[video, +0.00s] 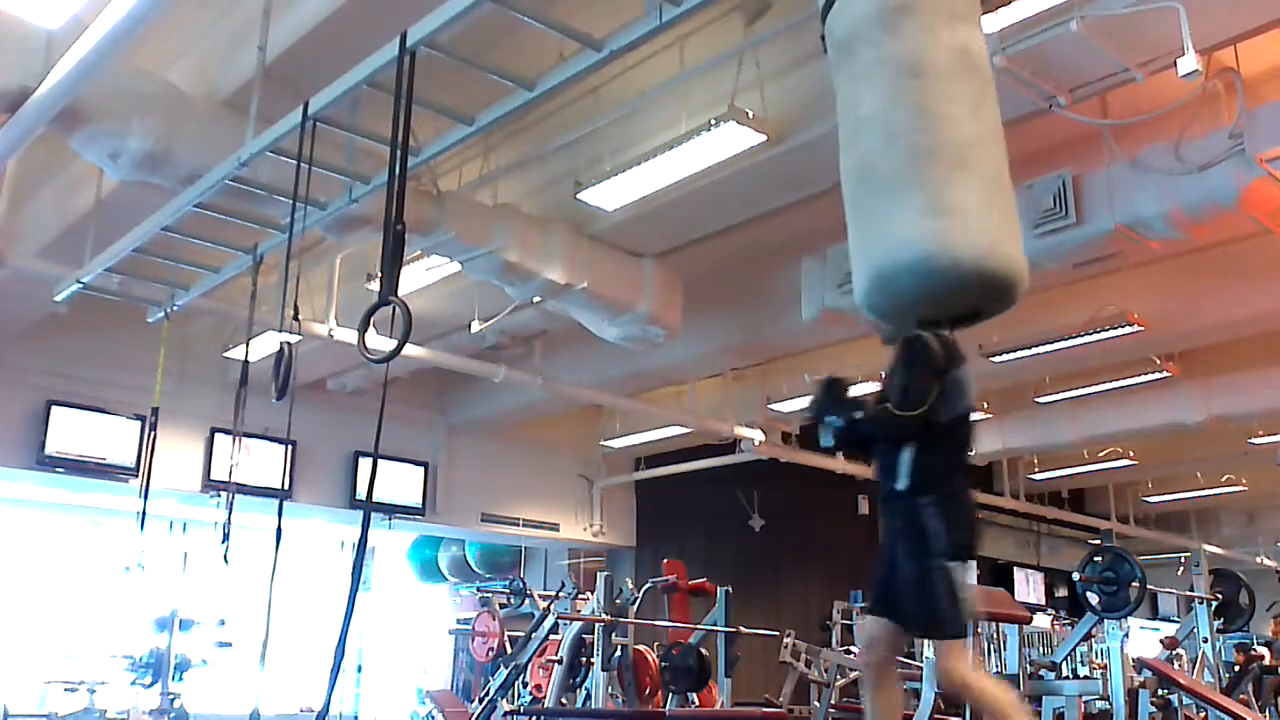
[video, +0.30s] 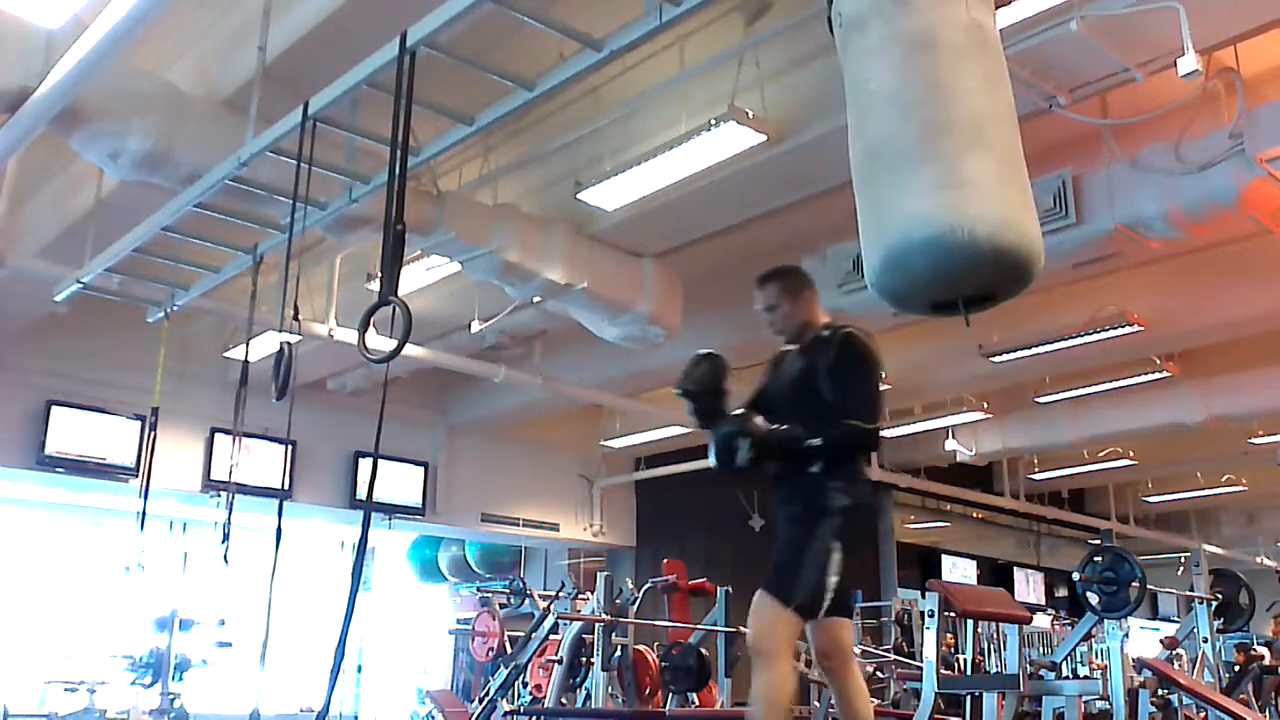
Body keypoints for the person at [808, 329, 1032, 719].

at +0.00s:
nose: (867, 313)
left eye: (873, 299)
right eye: (863, 300)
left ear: (901, 299)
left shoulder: (922, 346)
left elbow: (905, 420)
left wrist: (846, 422)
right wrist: (846, 418)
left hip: (937, 531)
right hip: (906, 533)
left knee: (955, 671)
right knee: (875, 657)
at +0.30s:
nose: (767, 320)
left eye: (773, 308)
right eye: (762, 311)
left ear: (805, 300)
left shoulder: (845, 345)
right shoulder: (784, 361)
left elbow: (862, 433)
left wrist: (776, 438)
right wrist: (708, 404)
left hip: (834, 510)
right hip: (803, 510)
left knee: (768, 635)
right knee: (835, 654)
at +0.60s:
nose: (659, 320)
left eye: (666, 308)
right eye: (655, 310)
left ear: (698, 299)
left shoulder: (740, 346)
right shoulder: (675, 362)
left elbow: (743, 437)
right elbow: (653, 438)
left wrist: (658, 448)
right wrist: (603, 423)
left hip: (719, 510)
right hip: (685, 510)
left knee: (663, 643)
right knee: (687, 657)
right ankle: (763, 715)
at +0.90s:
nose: (561, 297)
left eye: (564, 283)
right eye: (554, 289)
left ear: (594, 270)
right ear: (557, 291)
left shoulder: (638, 314)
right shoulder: (581, 347)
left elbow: (629, 401)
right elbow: (565, 430)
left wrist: (545, 424)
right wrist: (494, 400)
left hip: (625, 497)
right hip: (575, 499)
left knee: (633, 653)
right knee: (523, 637)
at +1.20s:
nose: (443, 278)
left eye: (448, 264)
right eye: (437, 269)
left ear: (482, 253)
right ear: (445, 267)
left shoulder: (527, 299)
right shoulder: (454, 328)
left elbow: (517, 391)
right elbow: (441, 409)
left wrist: (433, 417)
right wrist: (390, 406)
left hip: (504, 485)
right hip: (450, 482)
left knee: (469, 637)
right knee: (416, 634)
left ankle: (546, 713)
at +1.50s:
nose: (361, 229)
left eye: (371, 215)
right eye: (352, 219)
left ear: (403, 210)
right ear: (346, 223)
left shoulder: (448, 274)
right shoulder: (345, 279)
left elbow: (445, 375)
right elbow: (317, 358)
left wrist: (364, 365)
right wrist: (309, 344)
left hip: (407, 458)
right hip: (348, 456)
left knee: (335, 624)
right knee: (371, 641)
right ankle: (404, 717)